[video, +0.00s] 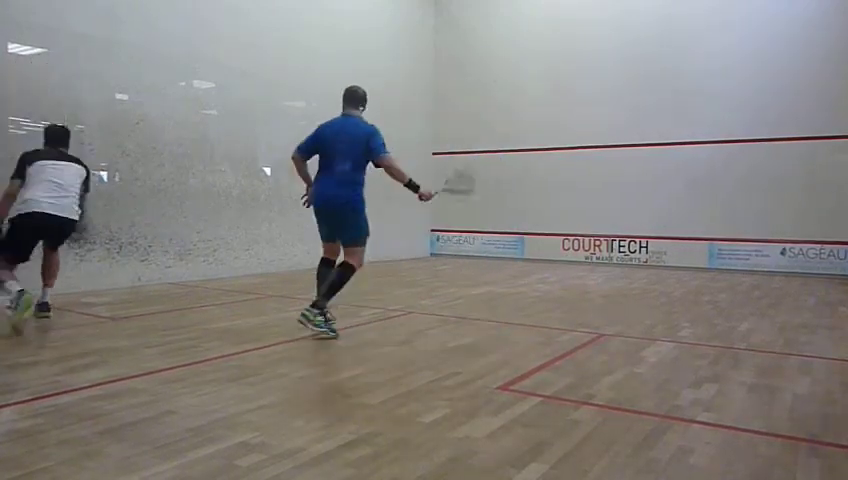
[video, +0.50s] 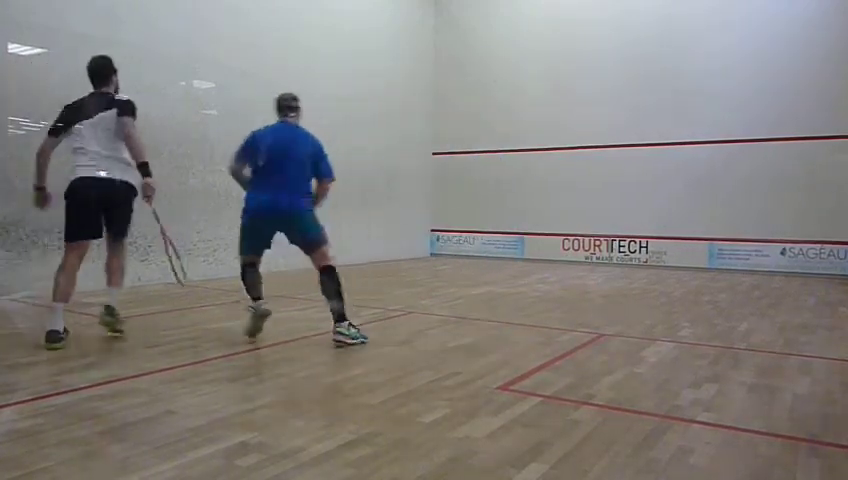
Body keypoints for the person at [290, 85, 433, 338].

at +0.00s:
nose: (362, 109)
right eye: (364, 106)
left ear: (343, 103)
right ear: (363, 106)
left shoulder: (326, 129)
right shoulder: (369, 131)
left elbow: (298, 157)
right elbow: (384, 163)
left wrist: (309, 185)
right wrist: (416, 189)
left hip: (321, 198)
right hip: (349, 200)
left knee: (330, 251)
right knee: (354, 258)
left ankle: (321, 312)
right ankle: (316, 307)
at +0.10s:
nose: (365, 108)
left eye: (362, 104)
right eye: (366, 104)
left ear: (343, 101)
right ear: (363, 103)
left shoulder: (323, 122)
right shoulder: (365, 126)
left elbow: (299, 156)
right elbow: (380, 164)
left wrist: (313, 181)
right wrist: (400, 196)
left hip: (310, 188)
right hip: (340, 190)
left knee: (315, 248)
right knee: (345, 251)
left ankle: (309, 309)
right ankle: (326, 312)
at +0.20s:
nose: (363, 119)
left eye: (362, 115)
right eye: (364, 115)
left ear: (344, 112)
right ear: (362, 114)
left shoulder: (327, 130)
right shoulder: (360, 134)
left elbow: (304, 160)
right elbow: (369, 170)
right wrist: (383, 207)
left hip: (298, 191)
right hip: (328, 195)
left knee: (304, 251)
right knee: (345, 256)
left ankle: (278, 307)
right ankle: (344, 323)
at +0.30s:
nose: (356, 131)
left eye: (355, 127)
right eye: (357, 127)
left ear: (335, 124)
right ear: (354, 126)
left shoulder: (318, 143)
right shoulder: (352, 147)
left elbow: (305, 175)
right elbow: (358, 183)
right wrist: (369, 221)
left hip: (287, 205)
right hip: (319, 209)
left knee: (288, 258)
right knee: (350, 264)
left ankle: (251, 301)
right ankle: (342, 329)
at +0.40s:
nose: (332, 129)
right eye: (333, 125)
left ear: (311, 123)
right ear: (332, 125)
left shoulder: (293, 146)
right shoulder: (337, 150)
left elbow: (274, 184)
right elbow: (348, 191)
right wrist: (347, 225)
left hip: (276, 212)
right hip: (311, 215)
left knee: (269, 262)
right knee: (350, 263)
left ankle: (244, 298)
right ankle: (343, 328)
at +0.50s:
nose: (294, 115)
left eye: (290, 109)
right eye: (295, 111)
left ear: (277, 112)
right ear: (298, 113)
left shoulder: (260, 136)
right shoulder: (310, 141)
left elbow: (235, 168)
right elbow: (325, 181)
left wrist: (253, 188)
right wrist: (313, 203)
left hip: (259, 208)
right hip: (296, 209)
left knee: (250, 262)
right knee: (323, 261)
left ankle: (257, 303)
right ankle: (341, 323)